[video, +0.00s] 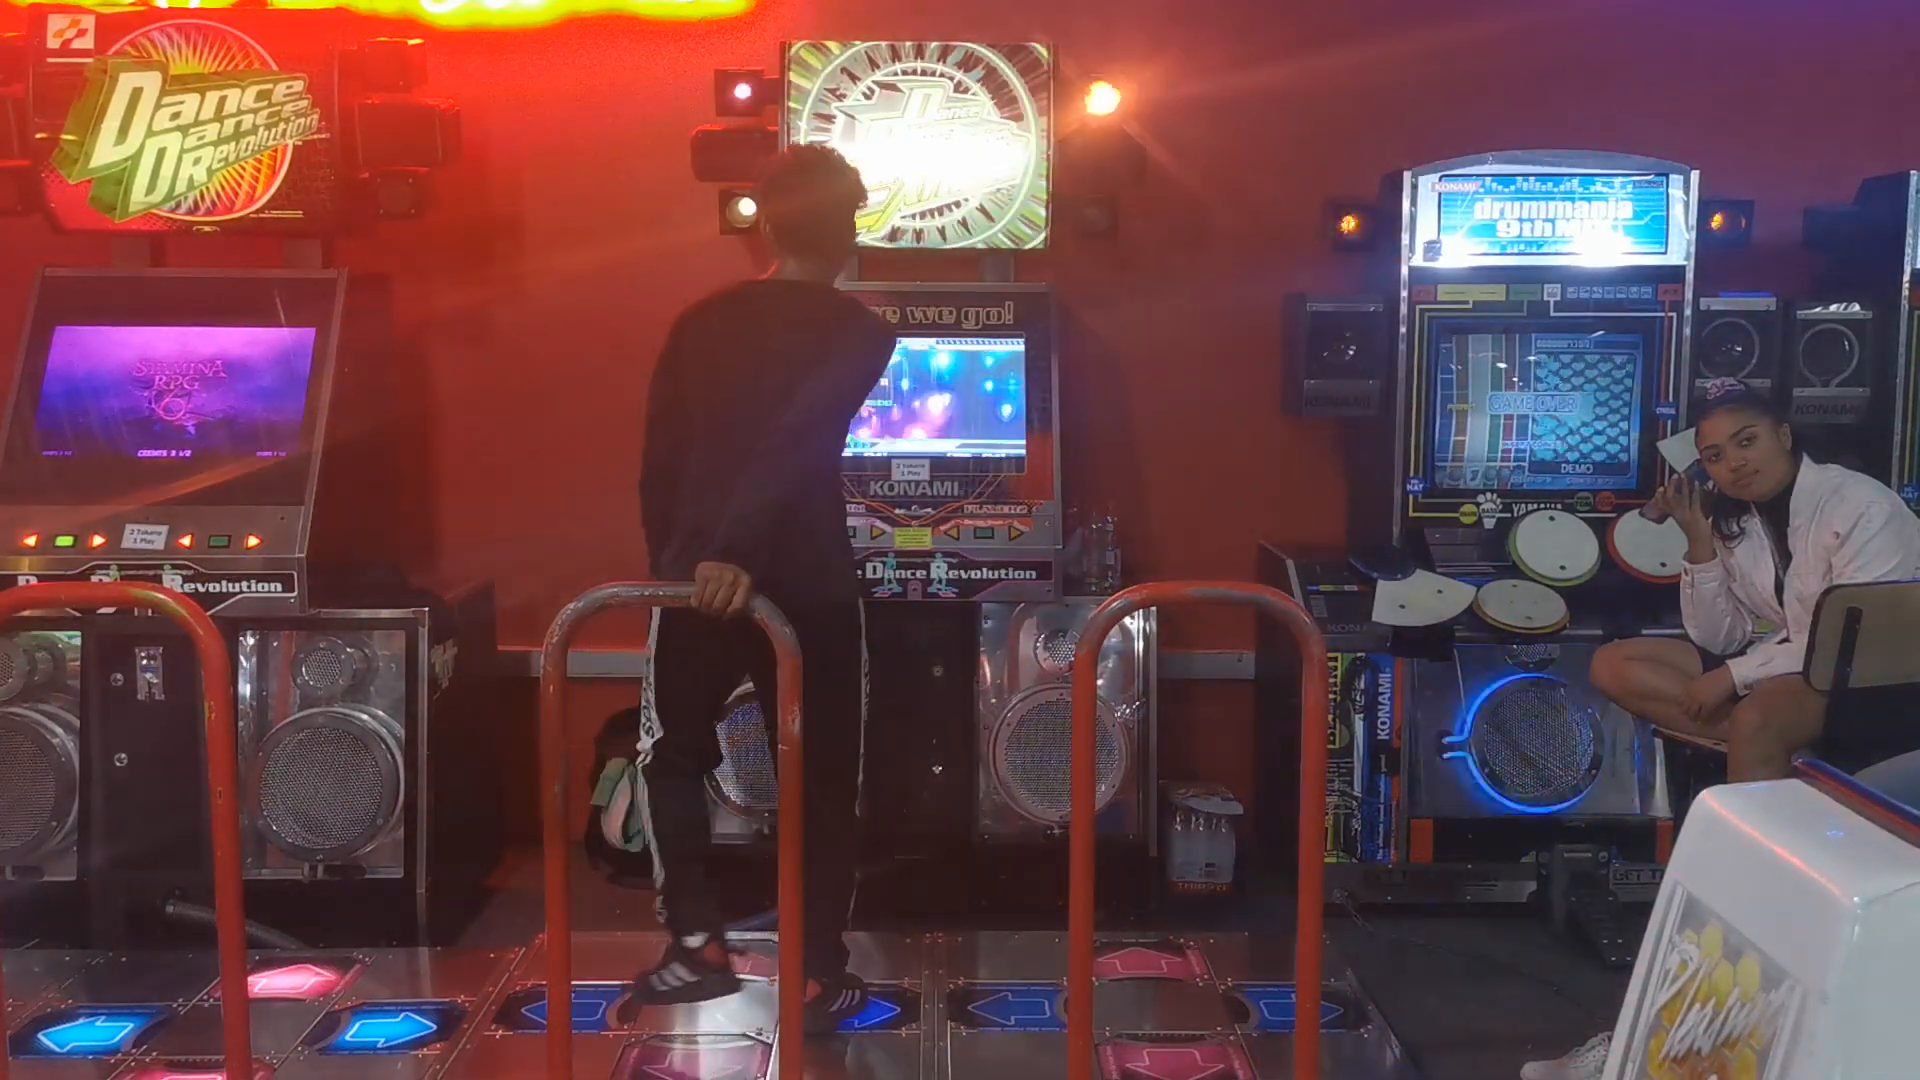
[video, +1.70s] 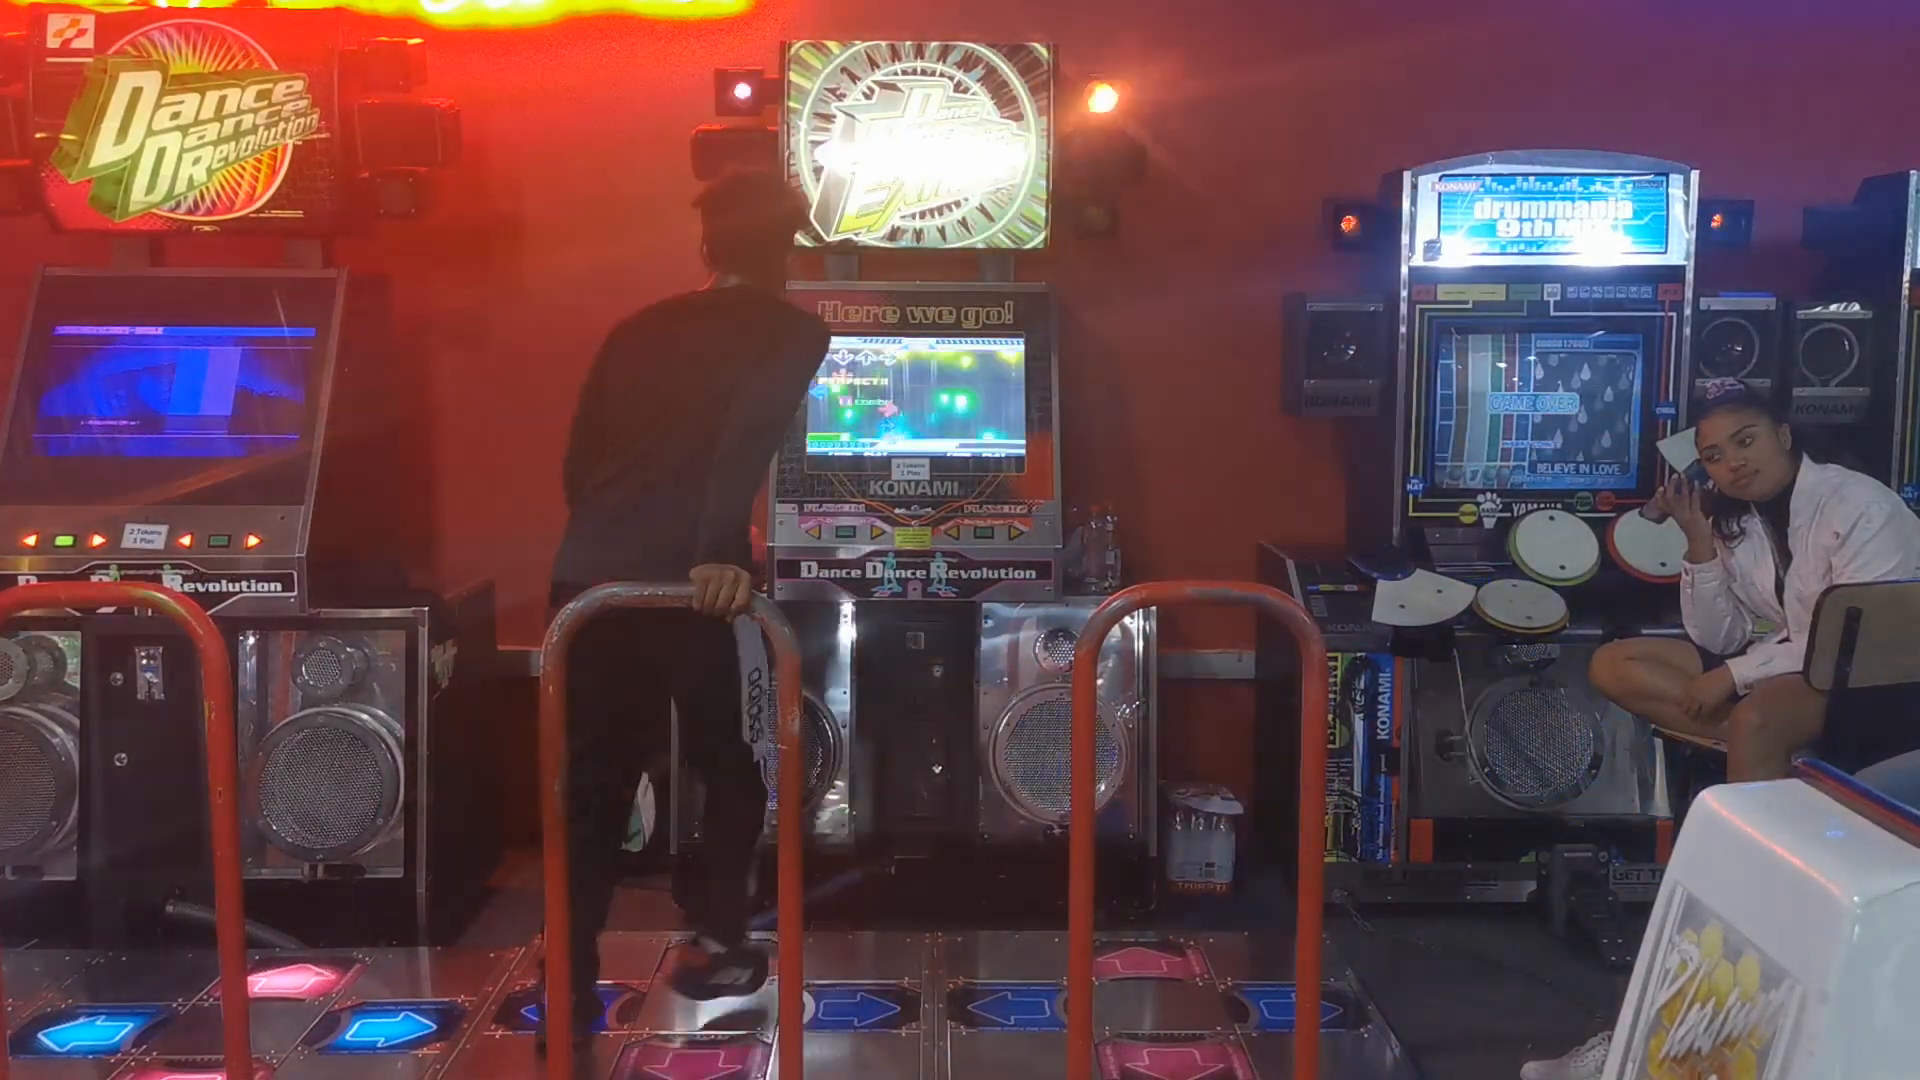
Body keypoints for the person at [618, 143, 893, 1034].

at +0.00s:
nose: (858, 237)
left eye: (846, 222)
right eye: (854, 224)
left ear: (770, 233)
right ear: (847, 234)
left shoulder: (702, 319)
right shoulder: (860, 325)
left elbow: (660, 459)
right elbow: (800, 434)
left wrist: (678, 568)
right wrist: (733, 545)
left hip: (695, 567)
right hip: (803, 560)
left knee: (676, 752)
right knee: (826, 764)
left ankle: (693, 949)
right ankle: (824, 974)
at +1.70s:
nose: (781, 260)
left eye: (760, 242)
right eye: (783, 245)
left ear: (710, 246)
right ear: (784, 247)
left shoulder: (637, 328)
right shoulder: (796, 331)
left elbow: (584, 455)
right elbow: (750, 431)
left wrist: (617, 535)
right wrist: (721, 542)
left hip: (593, 581)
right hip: (696, 584)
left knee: (595, 778)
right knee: (726, 763)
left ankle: (569, 977)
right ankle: (719, 947)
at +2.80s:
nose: (800, 260)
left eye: (796, 246)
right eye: (797, 246)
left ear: (716, 253)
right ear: (785, 253)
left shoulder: (652, 346)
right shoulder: (774, 339)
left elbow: (647, 475)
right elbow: (716, 433)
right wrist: (716, 546)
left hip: (637, 595)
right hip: (738, 590)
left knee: (653, 775)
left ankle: (601, 977)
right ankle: (823, 945)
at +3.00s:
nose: (791, 258)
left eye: (788, 244)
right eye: (788, 244)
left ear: (704, 253)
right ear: (776, 252)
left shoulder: (643, 349)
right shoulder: (769, 340)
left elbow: (632, 479)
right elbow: (716, 431)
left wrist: (652, 559)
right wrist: (716, 546)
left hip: (630, 599)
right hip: (729, 596)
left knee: (645, 780)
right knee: (833, 753)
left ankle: (599, 978)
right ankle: (819, 950)